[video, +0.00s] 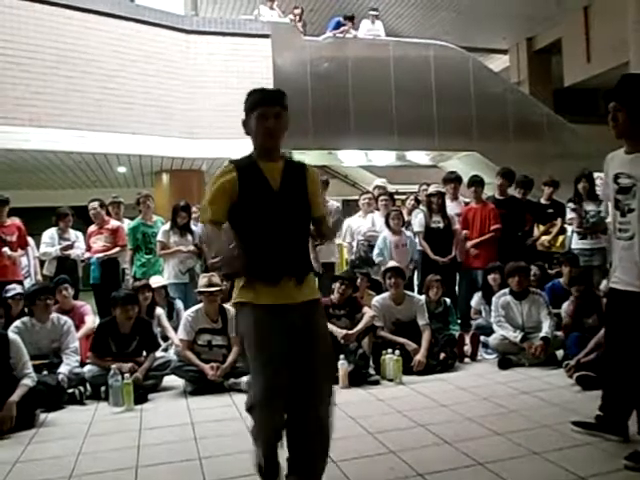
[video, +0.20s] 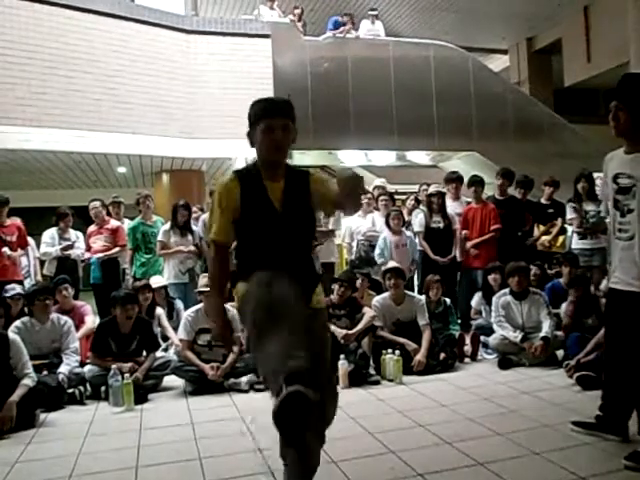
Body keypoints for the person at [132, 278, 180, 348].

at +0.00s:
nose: (146, 295)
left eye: (148, 291)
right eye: (142, 292)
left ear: (152, 294)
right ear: (137, 295)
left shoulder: (158, 311)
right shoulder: (133, 313)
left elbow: (167, 328)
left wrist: (176, 342)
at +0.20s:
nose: (146, 296)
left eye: (149, 292)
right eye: (143, 293)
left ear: (152, 294)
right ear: (137, 295)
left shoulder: (158, 311)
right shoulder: (134, 312)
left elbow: (167, 328)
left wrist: (175, 341)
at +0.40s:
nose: (146, 296)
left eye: (149, 292)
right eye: (142, 293)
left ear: (152, 294)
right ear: (137, 296)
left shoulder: (158, 311)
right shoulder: (134, 312)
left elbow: (167, 328)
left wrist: (175, 341)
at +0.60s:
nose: (146, 296)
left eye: (149, 292)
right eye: (143, 293)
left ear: (152, 294)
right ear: (137, 296)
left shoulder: (158, 311)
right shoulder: (134, 312)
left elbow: (167, 328)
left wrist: (176, 341)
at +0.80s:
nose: (147, 296)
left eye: (149, 292)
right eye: (143, 293)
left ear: (152, 294)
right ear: (137, 296)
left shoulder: (158, 311)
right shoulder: (134, 312)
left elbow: (167, 328)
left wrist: (176, 341)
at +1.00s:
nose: (147, 296)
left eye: (149, 293)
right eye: (143, 293)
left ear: (153, 294)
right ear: (137, 296)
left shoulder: (158, 311)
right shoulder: (134, 312)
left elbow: (167, 328)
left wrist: (176, 341)